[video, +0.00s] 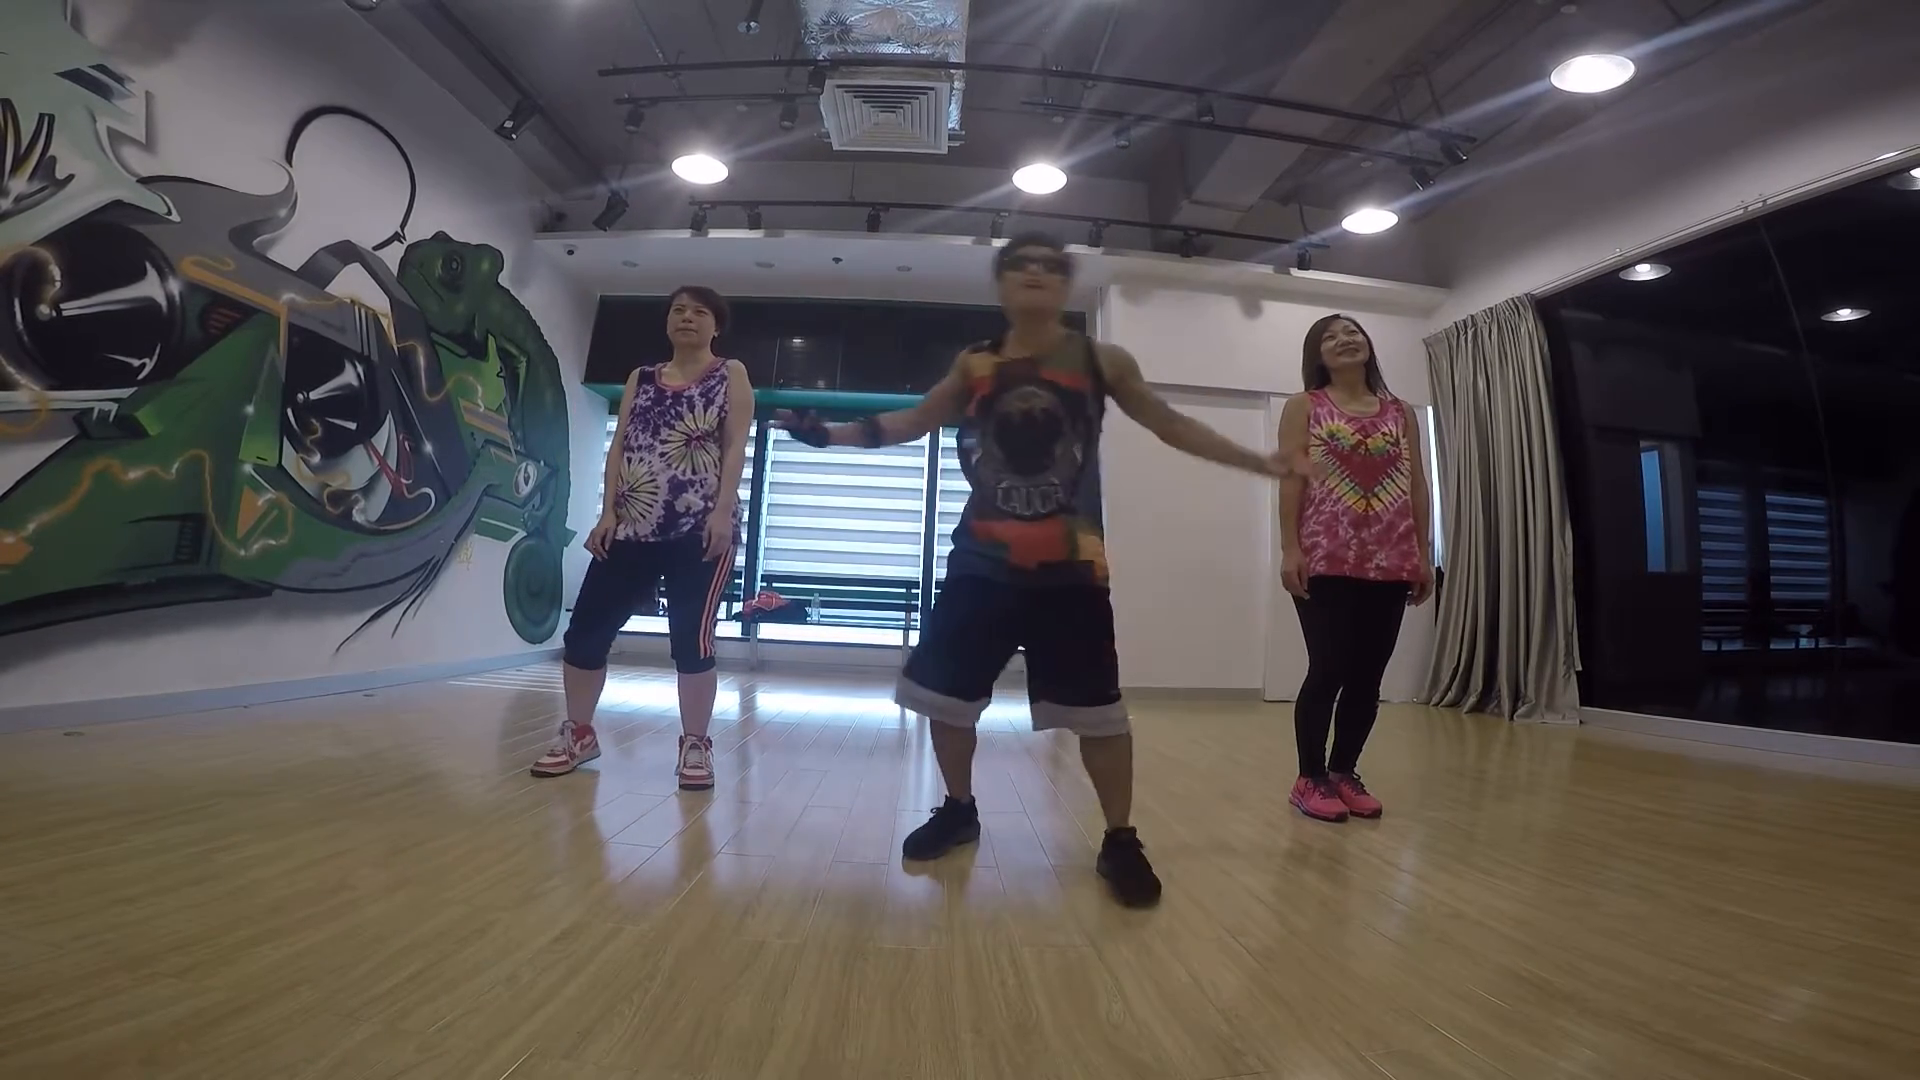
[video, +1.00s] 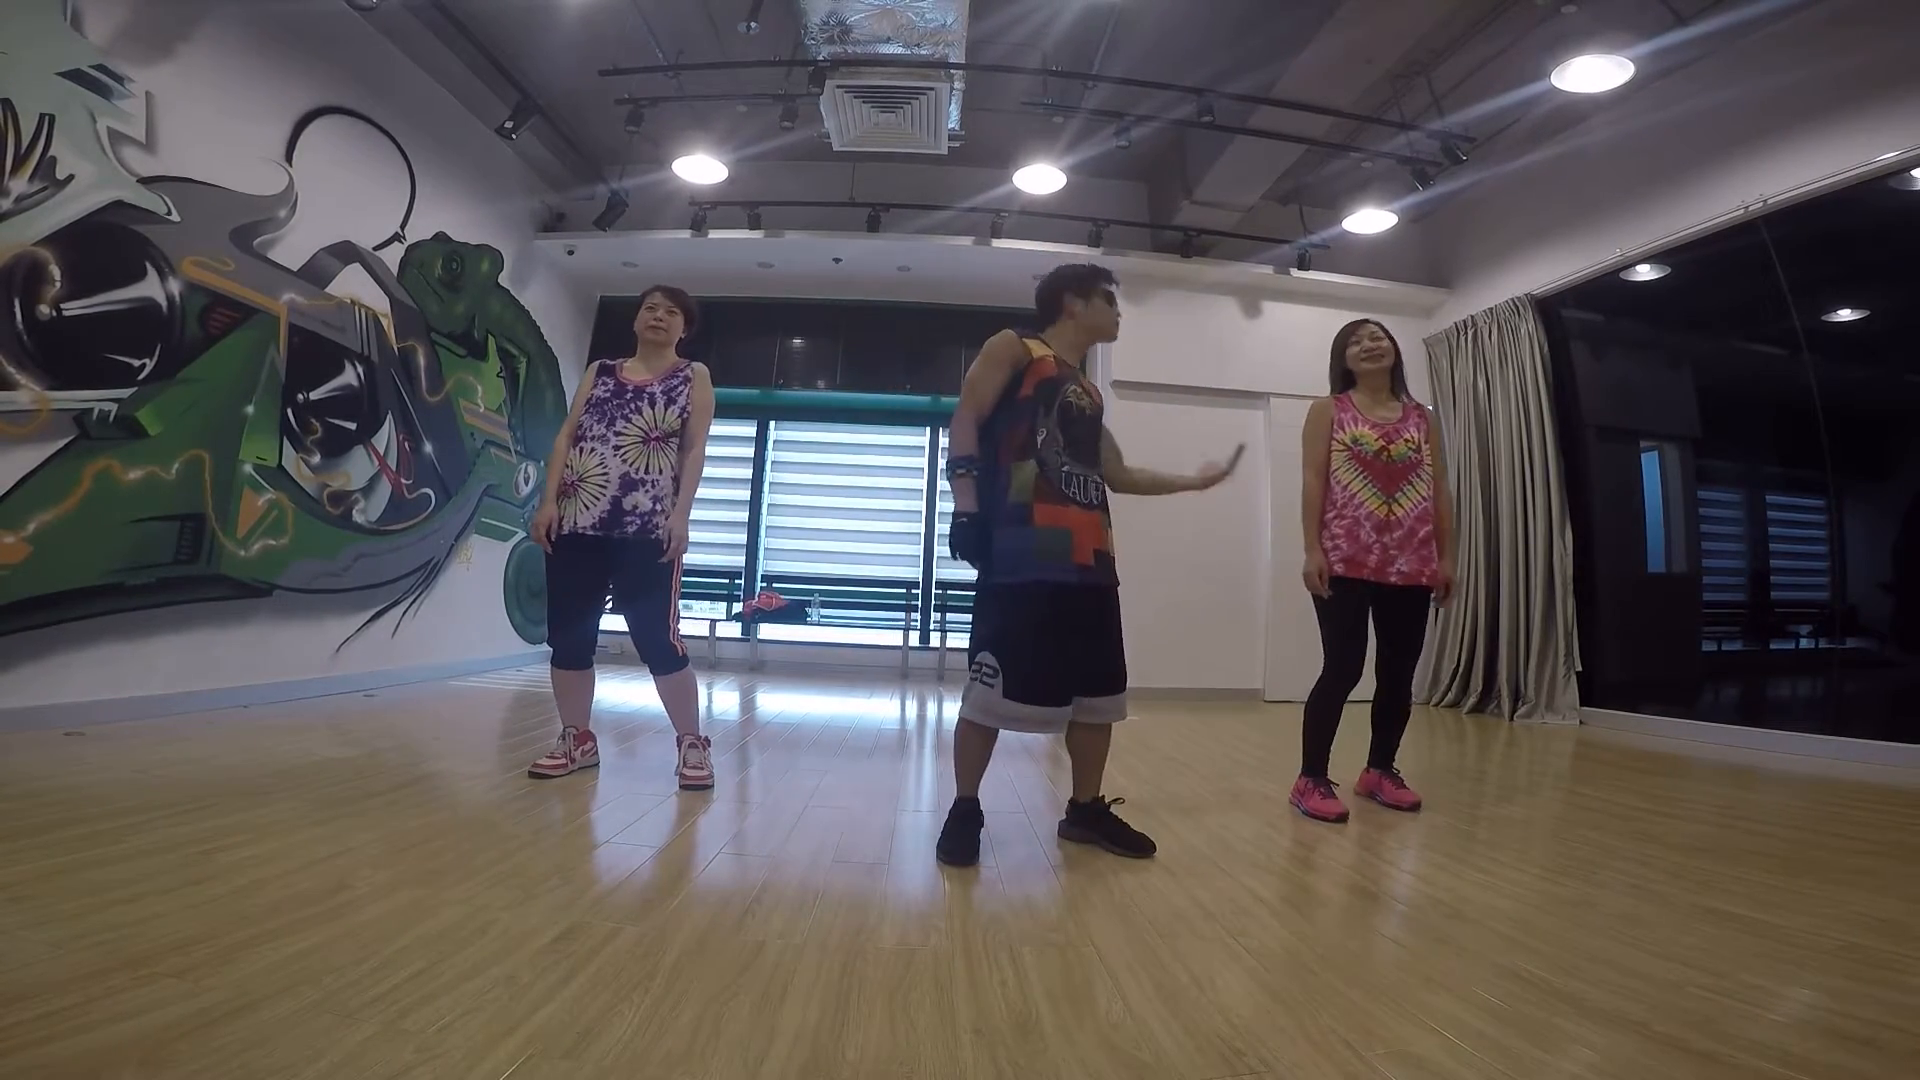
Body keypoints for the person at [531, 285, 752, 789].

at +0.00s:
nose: (687, 317)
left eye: (699, 311)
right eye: (679, 310)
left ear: (716, 327)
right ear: (666, 323)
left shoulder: (730, 374)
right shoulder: (640, 378)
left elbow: (735, 447)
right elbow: (619, 448)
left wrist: (724, 510)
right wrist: (609, 509)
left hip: (697, 531)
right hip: (631, 528)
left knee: (692, 643)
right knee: (584, 634)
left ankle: (695, 744)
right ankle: (578, 735)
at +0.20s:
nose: (678, 317)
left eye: (690, 311)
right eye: (670, 310)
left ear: (707, 327)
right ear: (658, 323)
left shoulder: (719, 374)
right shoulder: (630, 378)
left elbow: (719, 447)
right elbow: (604, 445)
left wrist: (704, 511)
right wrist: (591, 508)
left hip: (683, 529)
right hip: (617, 525)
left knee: (682, 641)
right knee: (585, 634)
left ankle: (694, 744)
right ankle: (579, 740)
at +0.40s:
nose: (668, 315)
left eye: (680, 310)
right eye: (660, 308)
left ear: (697, 325)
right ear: (648, 320)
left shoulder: (709, 373)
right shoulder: (619, 374)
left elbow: (708, 446)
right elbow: (590, 441)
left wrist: (689, 509)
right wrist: (573, 502)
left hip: (668, 527)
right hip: (601, 525)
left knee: (672, 641)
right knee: (577, 637)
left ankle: (693, 744)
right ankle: (579, 742)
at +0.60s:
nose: (661, 315)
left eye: (674, 310)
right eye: (653, 308)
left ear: (690, 327)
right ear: (640, 321)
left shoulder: (701, 376)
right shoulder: (606, 372)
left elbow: (701, 448)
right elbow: (575, 437)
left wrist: (684, 510)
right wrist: (557, 500)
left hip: (650, 531)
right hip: (582, 527)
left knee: (662, 643)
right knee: (571, 640)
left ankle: (691, 744)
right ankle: (578, 741)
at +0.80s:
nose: (658, 315)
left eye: (671, 311)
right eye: (650, 307)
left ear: (685, 328)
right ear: (635, 320)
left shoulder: (694, 377)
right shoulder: (600, 370)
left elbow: (693, 451)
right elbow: (565, 436)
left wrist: (679, 515)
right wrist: (547, 498)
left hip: (643, 531)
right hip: (575, 526)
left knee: (656, 643)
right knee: (567, 639)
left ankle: (690, 743)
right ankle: (577, 741)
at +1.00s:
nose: (658, 315)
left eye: (670, 311)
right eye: (650, 307)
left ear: (684, 328)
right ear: (635, 320)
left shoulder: (694, 377)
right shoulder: (599, 372)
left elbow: (693, 451)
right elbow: (566, 438)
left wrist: (680, 516)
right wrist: (549, 500)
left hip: (645, 531)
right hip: (577, 527)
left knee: (657, 643)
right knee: (568, 638)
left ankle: (691, 743)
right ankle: (577, 741)